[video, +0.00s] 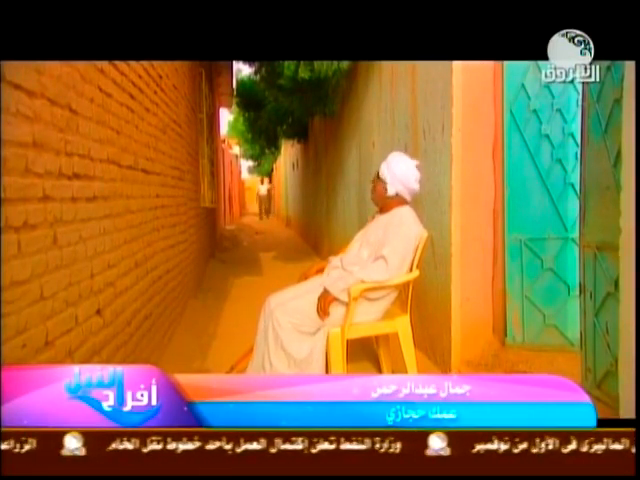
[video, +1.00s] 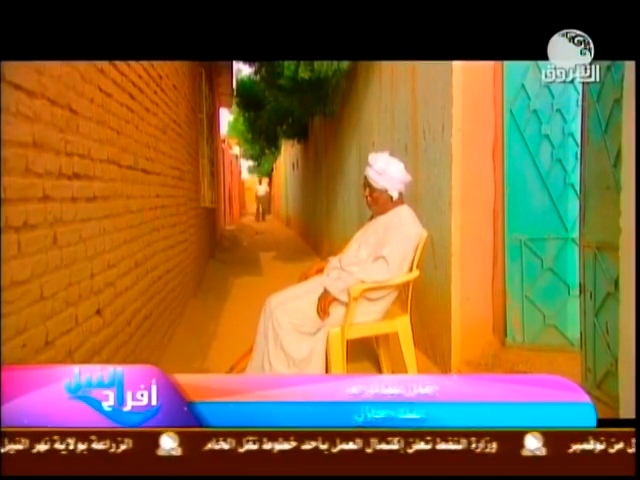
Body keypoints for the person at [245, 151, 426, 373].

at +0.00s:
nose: (372, 186)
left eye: (377, 181)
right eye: (375, 180)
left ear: (389, 188)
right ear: (391, 188)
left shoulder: (404, 222)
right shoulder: (387, 216)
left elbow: (388, 272)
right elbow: (357, 252)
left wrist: (335, 288)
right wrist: (326, 266)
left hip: (359, 297)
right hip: (341, 280)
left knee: (281, 314)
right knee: (273, 304)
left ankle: (281, 386)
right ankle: (268, 380)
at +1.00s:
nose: (366, 195)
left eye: (373, 190)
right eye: (366, 188)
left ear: (392, 193)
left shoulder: (404, 223)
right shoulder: (385, 217)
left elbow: (387, 271)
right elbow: (356, 253)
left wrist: (335, 288)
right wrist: (326, 266)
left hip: (359, 299)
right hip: (340, 282)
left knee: (282, 315)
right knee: (274, 305)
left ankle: (280, 386)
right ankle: (267, 379)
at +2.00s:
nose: (376, 183)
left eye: (384, 179)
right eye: (378, 177)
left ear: (400, 189)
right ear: (387, 188)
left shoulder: (405, 223)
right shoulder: (386, 217)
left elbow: (388, 271)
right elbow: (357, 253)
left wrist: (336, 289)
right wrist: (326, 266)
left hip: (361, 298)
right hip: (342, 282)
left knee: (284, 315)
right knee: (274, 304)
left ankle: (288, 405)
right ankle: (265, 379)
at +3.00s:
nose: (378, 182)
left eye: (387, 178)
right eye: (380, 176)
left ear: (402, 189)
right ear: (379, 180)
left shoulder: (405, 223)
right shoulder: (384, 216)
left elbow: (388, 271)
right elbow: (356, 254)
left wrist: (337, 288)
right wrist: (326, 265)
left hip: (362, 300)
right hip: (343, 283)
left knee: (283, 315)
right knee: (274, 304)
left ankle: (289, 405)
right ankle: (266, 379)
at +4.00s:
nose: (385, 179)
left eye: (394, 175)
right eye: (382, 175)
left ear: (408, 187)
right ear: (377, 183)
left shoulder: (406, 223)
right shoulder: (381, 216)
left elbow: (388, 270)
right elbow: (354, 255)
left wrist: (336, 291)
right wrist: (325, 267)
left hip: (362, 300)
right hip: (341, 283)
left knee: (284, 315)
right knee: (274, 304)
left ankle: (289, 405)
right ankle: (265, 377)